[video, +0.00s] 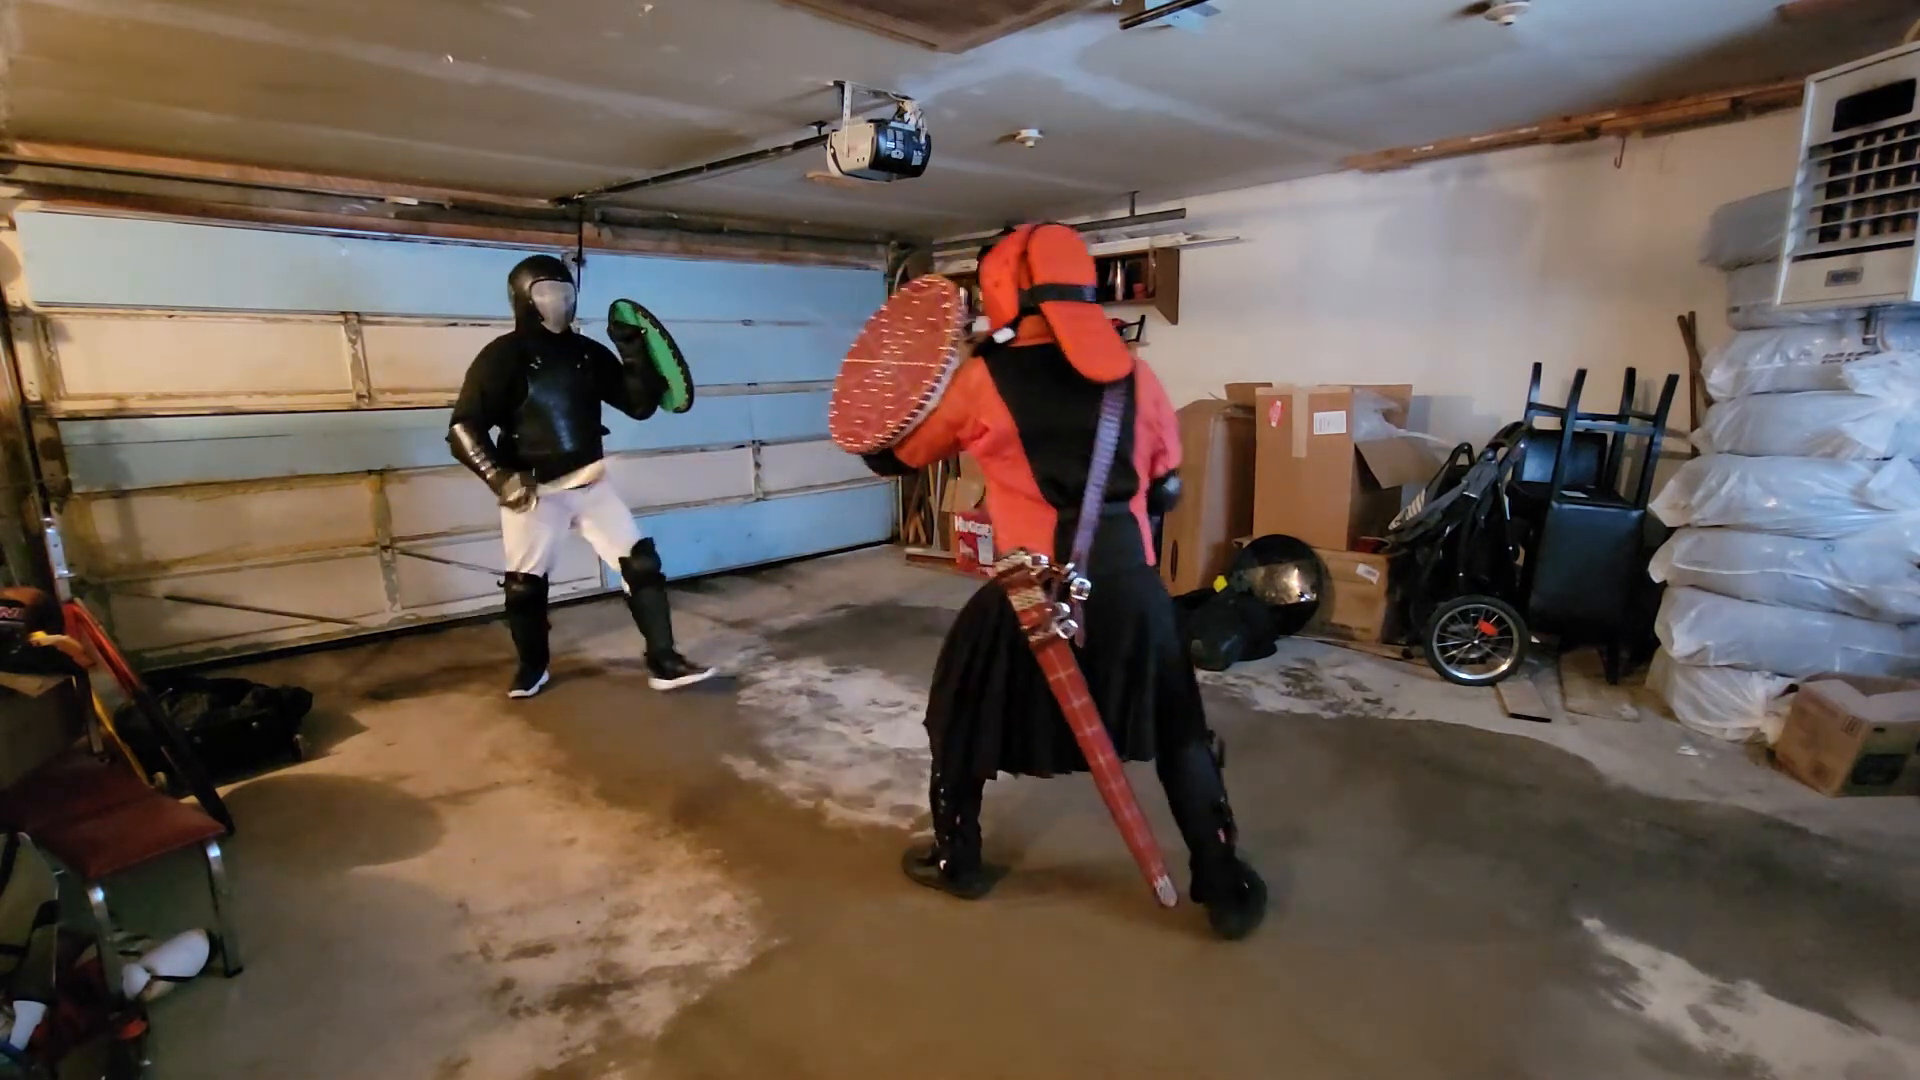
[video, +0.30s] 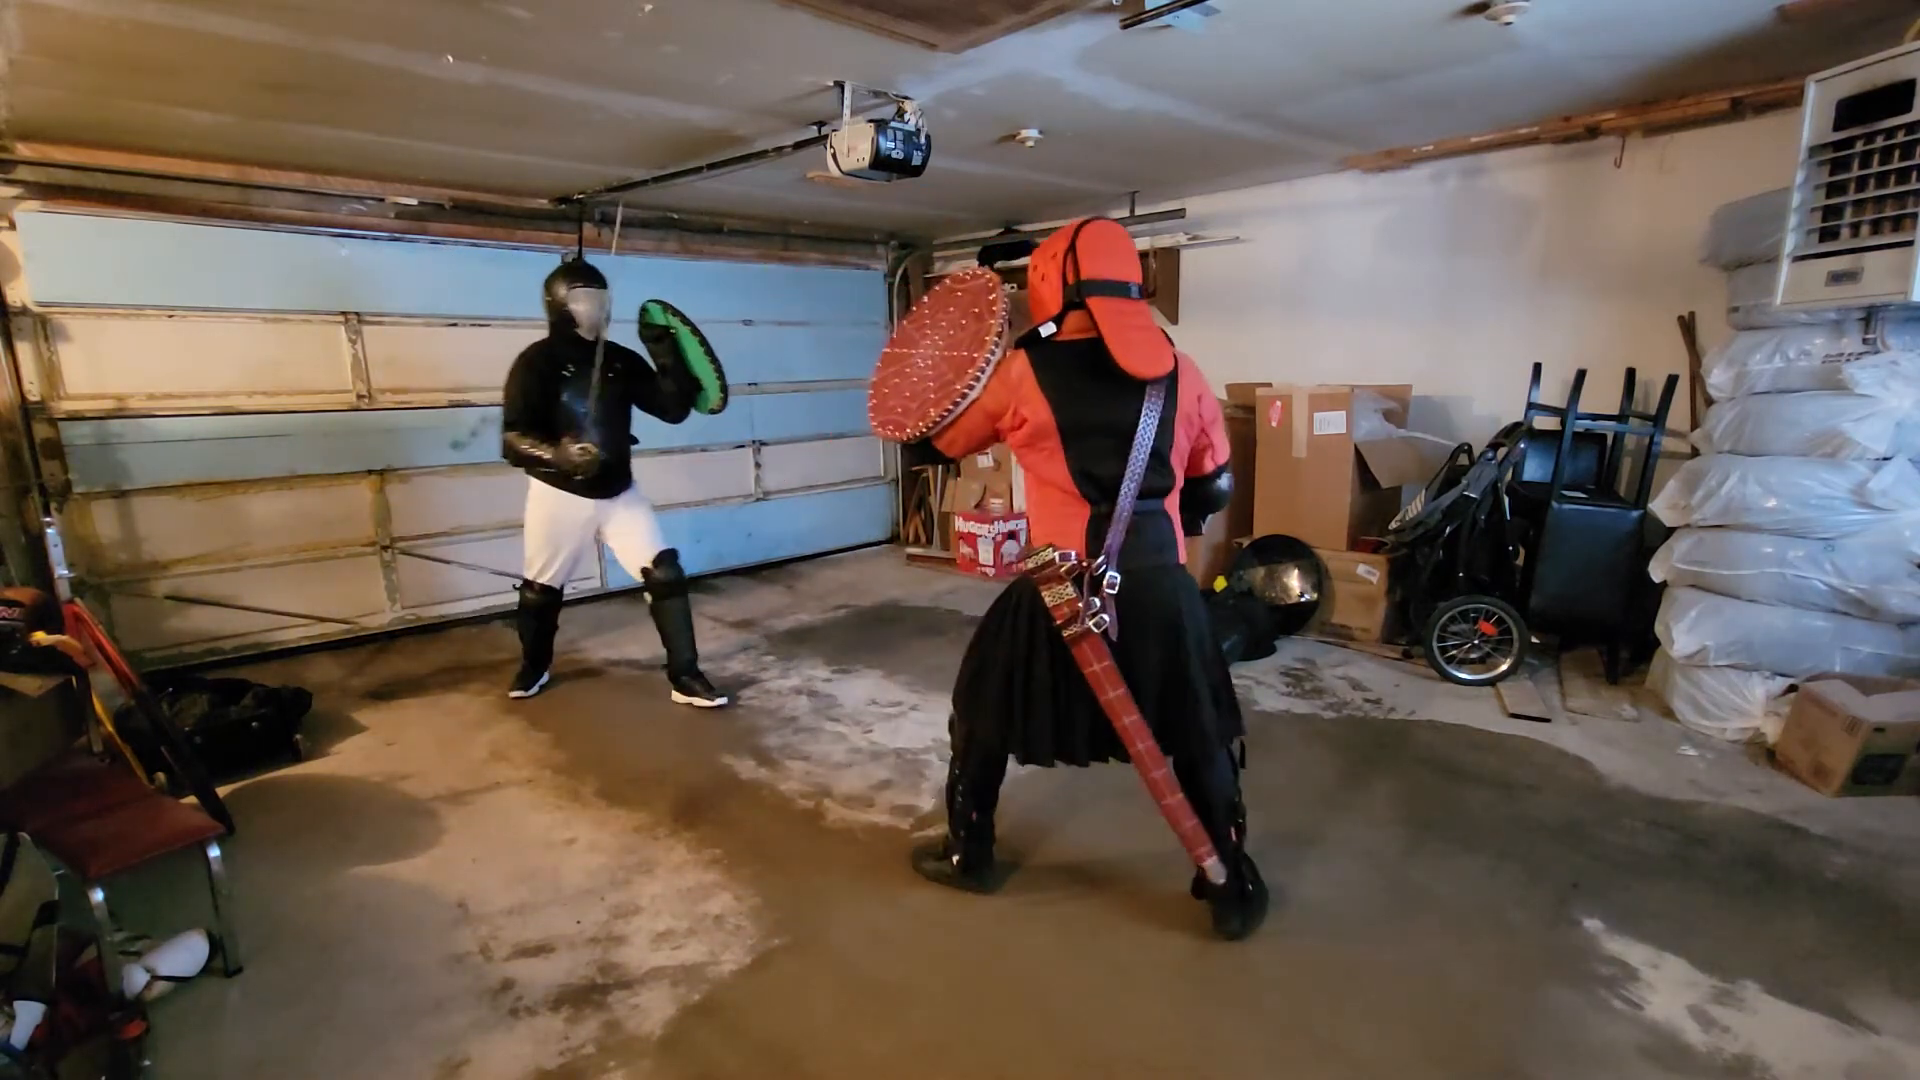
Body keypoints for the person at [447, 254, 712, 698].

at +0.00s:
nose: (567, 298)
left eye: (568, 289)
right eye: (556, 289)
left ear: (569, 294)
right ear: (529, 296)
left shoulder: (588, 353)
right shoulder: (502, 357)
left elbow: (640, 406)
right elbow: (463, 429)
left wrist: (634, 352)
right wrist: (499, 478)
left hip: (591, 484)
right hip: (532, 493)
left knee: (640, 563)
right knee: (524, 588)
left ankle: (664, 659)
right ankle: (532, 667)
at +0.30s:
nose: (601, 306)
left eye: (603, 297)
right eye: (591, 297)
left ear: (604, 301)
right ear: (563, 302)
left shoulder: (622, 362)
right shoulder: (535, 362)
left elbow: (674, 410)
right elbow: (513, 442)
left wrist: (669, 358)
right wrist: (554, 456)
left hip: (619, 494)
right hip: (556, 496)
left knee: (665, 573)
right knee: (539, 592)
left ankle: (685, 675)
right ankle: (534, 666)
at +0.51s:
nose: (629, 299)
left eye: (631, 290)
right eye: (617, 290)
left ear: (636, 296)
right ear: (589, 297)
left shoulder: (646, 357)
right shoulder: (561, 356)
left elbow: (693, 412)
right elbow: (542, 436)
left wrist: (695, 362)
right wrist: (592, 462)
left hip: (636, 489)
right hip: (575, 489)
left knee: (676, 573)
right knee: (548, 593)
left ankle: (686, 677)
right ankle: (548, 659)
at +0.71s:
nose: (639, 306)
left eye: (641, 296)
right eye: (628, 296)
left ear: (644, 301)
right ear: (599, 300)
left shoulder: (649, 362)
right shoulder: (565, 360)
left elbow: (695, 418)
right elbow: (537, 439)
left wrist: (698, 369)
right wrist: (589, 481)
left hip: (639, 495)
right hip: (576, 494)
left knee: (680, 575)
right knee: (554, 594)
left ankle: (686, 677)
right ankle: (553, 663)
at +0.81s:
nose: (640, 307)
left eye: (640, 297)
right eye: (630, 297)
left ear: (631, 307)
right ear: (599, 303)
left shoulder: (646, 364)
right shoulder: (563, 363)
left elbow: (692, 421)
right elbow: (531, 441)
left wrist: (696, 373)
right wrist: (582, 487)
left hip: (637, 497)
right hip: (574, 498)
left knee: (680, 575)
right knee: (551, 598)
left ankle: (686, 677)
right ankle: (553, 662)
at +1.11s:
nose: (634, 302)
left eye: (636, 293)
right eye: (624, 293)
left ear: (639, 301)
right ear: (594, 300)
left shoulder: (649, 363)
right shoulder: (561, 362)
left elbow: (691, 421)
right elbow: (528, 439)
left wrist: (698, 372)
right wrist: (585, 471)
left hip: (639, 495)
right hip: (577, 496)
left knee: (682, 575)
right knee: (555, 596)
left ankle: (687, 677)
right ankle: (555, 662)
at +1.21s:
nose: (643, 307)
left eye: (644, 298)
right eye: (633, 298)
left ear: (643, 304)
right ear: (603, 302)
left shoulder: (652, 362)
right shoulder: (570, 362)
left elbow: (694, 420)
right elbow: (547, 440)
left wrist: (695, 365)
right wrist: (603, 457)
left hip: (640, 494)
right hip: (581, 493)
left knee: (681, 576)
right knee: (558, 594)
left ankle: (686, 678)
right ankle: (556, 662)